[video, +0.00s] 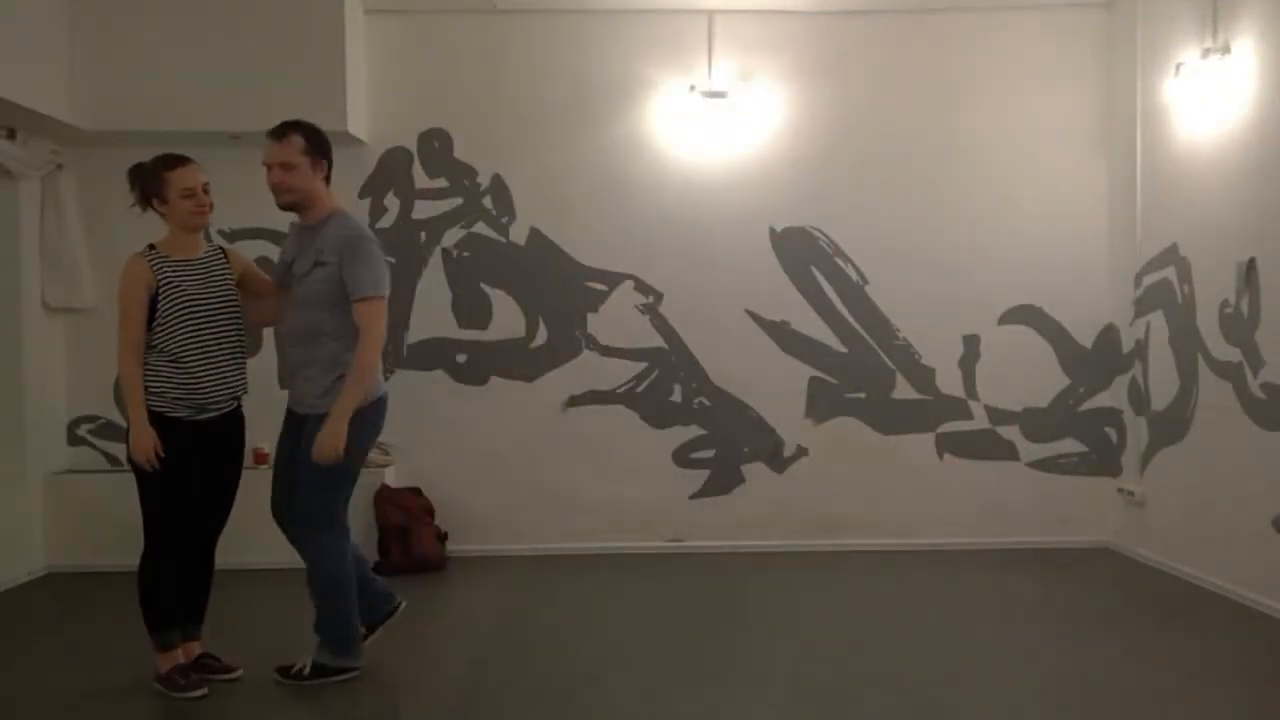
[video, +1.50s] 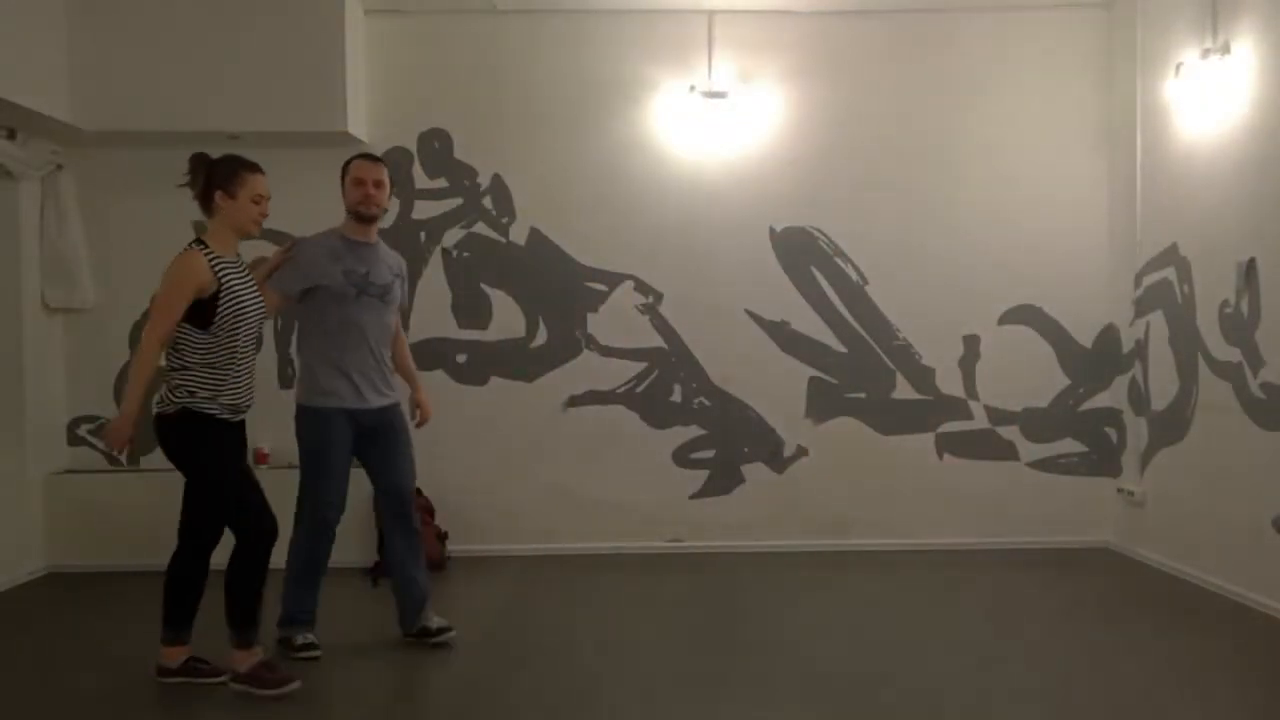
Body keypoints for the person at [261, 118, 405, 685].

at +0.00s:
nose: (273, 178)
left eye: (285, 168)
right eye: (269, 168)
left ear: (320, 169)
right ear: (268, 172)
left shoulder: (354, 239)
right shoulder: (297, 236)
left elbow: (373, 339)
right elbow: (277, 308)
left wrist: (339, 418)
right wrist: (202, 309)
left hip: (346, 406)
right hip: (306, 404)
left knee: (318, 520)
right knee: (289, 509)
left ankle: (339, 652)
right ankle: (373, 598)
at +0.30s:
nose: (298, 181)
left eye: (308, 170)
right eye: (288, 171)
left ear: (329, 175)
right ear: (276, 178)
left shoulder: (363, 244)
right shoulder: (274, 246)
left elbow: (380, 333)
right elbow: (257, 318)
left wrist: (336, 403)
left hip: (343, 410)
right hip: (284, 407)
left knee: (334, 527)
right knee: (289, 523)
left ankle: (338, 644)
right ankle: (310, 630)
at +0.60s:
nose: (299, 194)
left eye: (309, 185)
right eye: (288, 185)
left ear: (326, 193)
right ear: (275, 194)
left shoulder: (354, 260)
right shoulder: (250, 262)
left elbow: (384, 336)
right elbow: (221, 330)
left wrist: (381, 404)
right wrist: (163, 350)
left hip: (338, 415)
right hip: (271, 418)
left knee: (331, 521)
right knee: (276, 525)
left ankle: (336, 640)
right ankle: (285, 631)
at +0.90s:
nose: (314, 191)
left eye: (323, 183)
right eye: (303, 183)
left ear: (337, 191)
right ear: (288, 193)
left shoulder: (359, 258)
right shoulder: (258, 256)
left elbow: (382, 324)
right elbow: (220, 325)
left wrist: (383, 370)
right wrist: (214, 281)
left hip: (340, 408)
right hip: (278, 407)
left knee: (340, 516)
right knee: (285, 515)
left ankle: (321, 599)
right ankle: (285, 623)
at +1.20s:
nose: (330, 196)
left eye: (338, 188)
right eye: (320, 188)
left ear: (351, 198)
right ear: (304, 197)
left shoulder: (366, 263)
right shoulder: (275, 258)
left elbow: (381, 327)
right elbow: (227, 322)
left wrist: (391, 380)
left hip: (348, 407)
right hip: (290, 406)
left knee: (367, 505)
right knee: (302, 512)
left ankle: (331, 596)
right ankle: (294, 623)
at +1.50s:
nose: (369, 192)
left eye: (378, 185)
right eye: (359, 184)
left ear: (389, 195)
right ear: (343, 192)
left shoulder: (394, 265)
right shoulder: (312, 252)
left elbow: (393, 334)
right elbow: (254, 307)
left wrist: (416, 385)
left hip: (381, 403)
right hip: (324, 404)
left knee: (401, 506)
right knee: (320, 515)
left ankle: (416, 615)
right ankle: (297, 625)